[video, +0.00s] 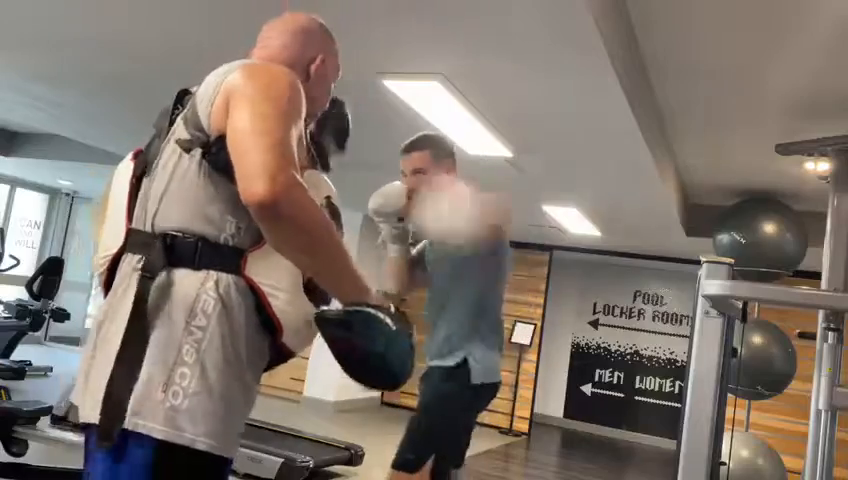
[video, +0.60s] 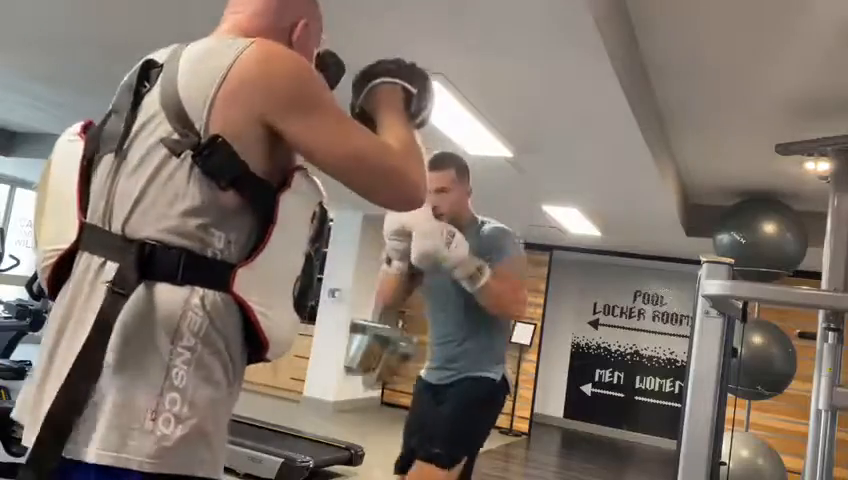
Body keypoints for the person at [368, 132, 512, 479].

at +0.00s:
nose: (408, 185)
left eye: (419, 173)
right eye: (404, 175)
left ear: (448, 172)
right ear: (401, 175)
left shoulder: (486, 217)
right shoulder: (438, 241)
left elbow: (453, 216)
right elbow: (398, 284)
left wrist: (409, 201)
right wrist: (396, 231)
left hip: (468, 370)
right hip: (447, 367)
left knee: (405, 471)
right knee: (441, 472)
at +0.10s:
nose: (413, 181)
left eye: (419, 172)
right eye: (408, 173)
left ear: (446, 170)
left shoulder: (473, 217)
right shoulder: (443, 235)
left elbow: (434, 185)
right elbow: (411, 280)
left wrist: (367, 172)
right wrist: (396, 230)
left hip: (469, 375)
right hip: (455, 373)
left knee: (408, 471)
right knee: (448, 472)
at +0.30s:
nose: (415, 183)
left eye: (424, 172)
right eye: (411, 175)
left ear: (447, 172)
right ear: (407, 176)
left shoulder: (480, 217)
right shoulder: (437, 227)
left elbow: (491, 262)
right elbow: (401, 283)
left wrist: (430, 244)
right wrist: (400, 246)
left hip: (472, 375)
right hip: (452, 372)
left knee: (418, 472)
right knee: (446, 474)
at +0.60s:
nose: (432, 203)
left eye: (442, 191)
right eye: (427, 193)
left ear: (468, 192)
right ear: (422, 194)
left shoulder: (496, 238)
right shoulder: (426, 238)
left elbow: (515, 306)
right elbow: (386, 300)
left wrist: (466, 267)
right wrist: (396, 256)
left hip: (480, 379)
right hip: (434, 376)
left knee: (429, 470)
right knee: (413, 469)